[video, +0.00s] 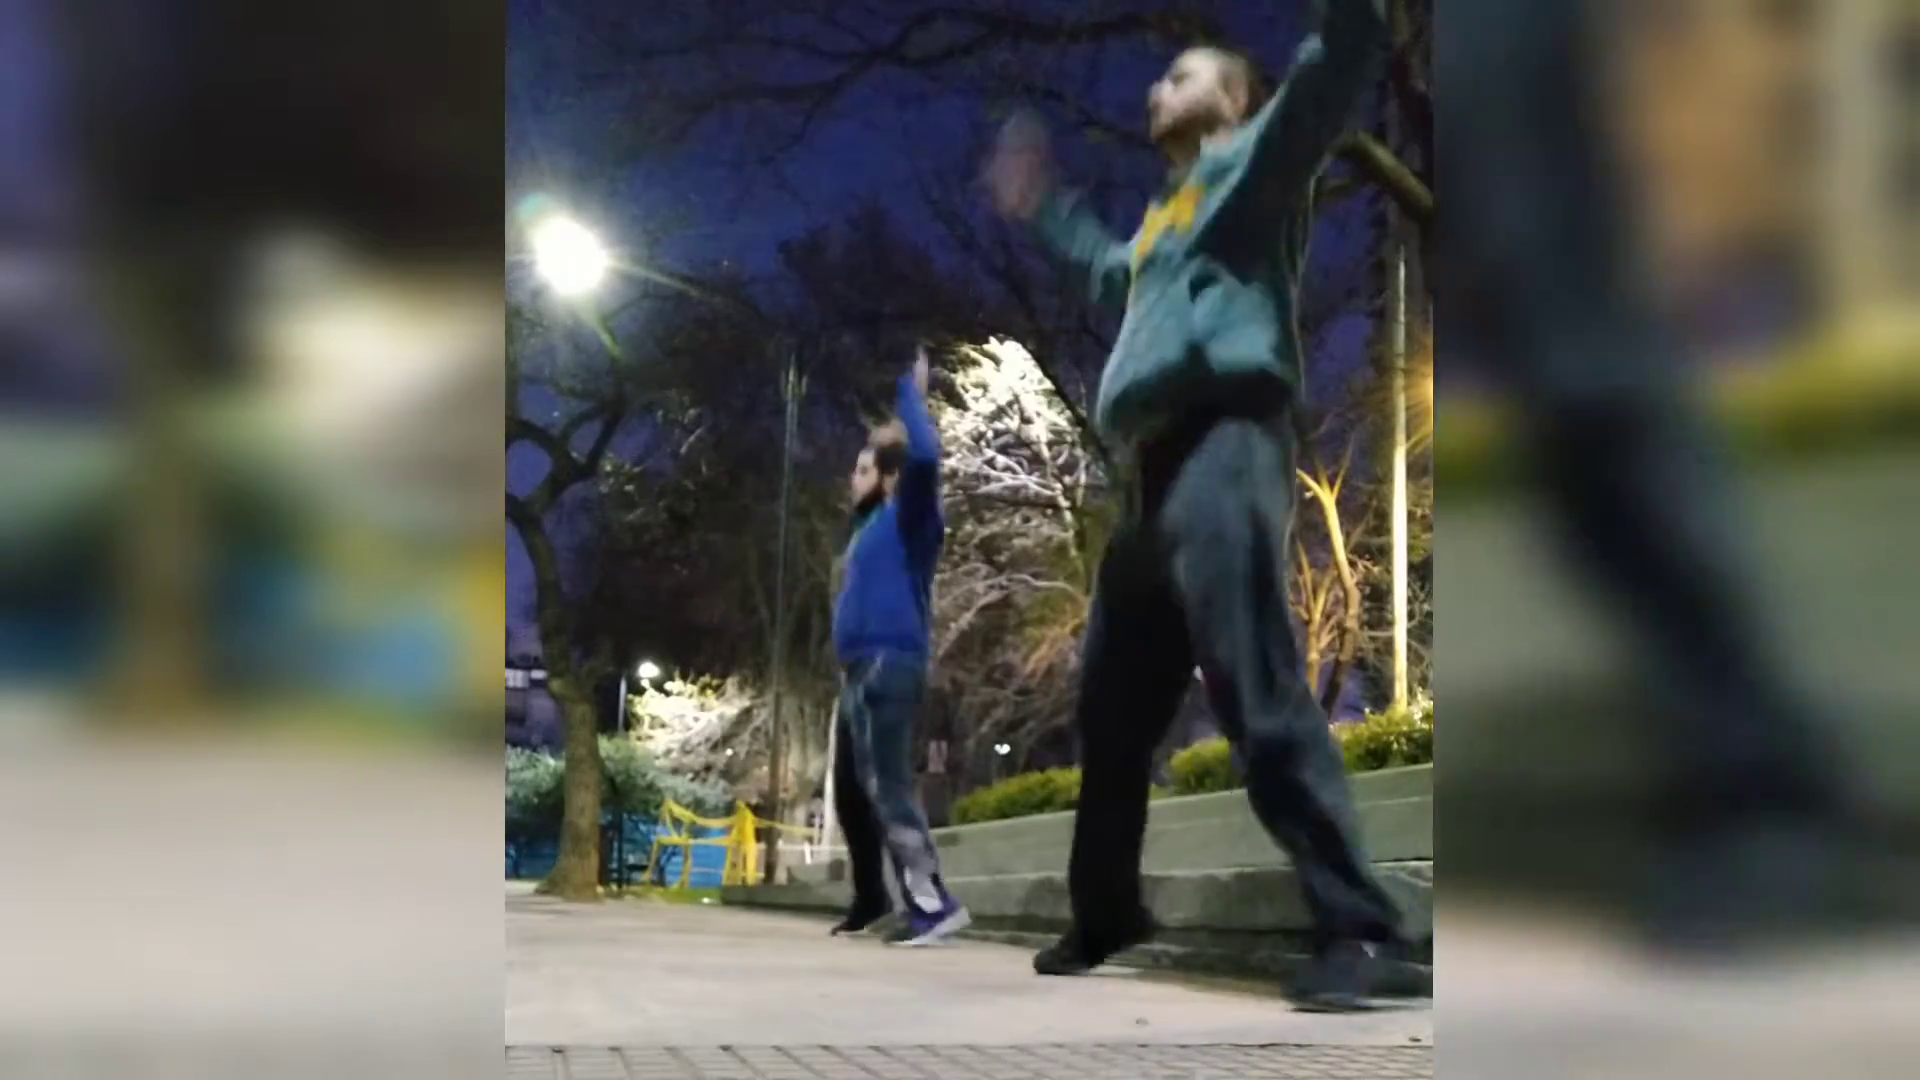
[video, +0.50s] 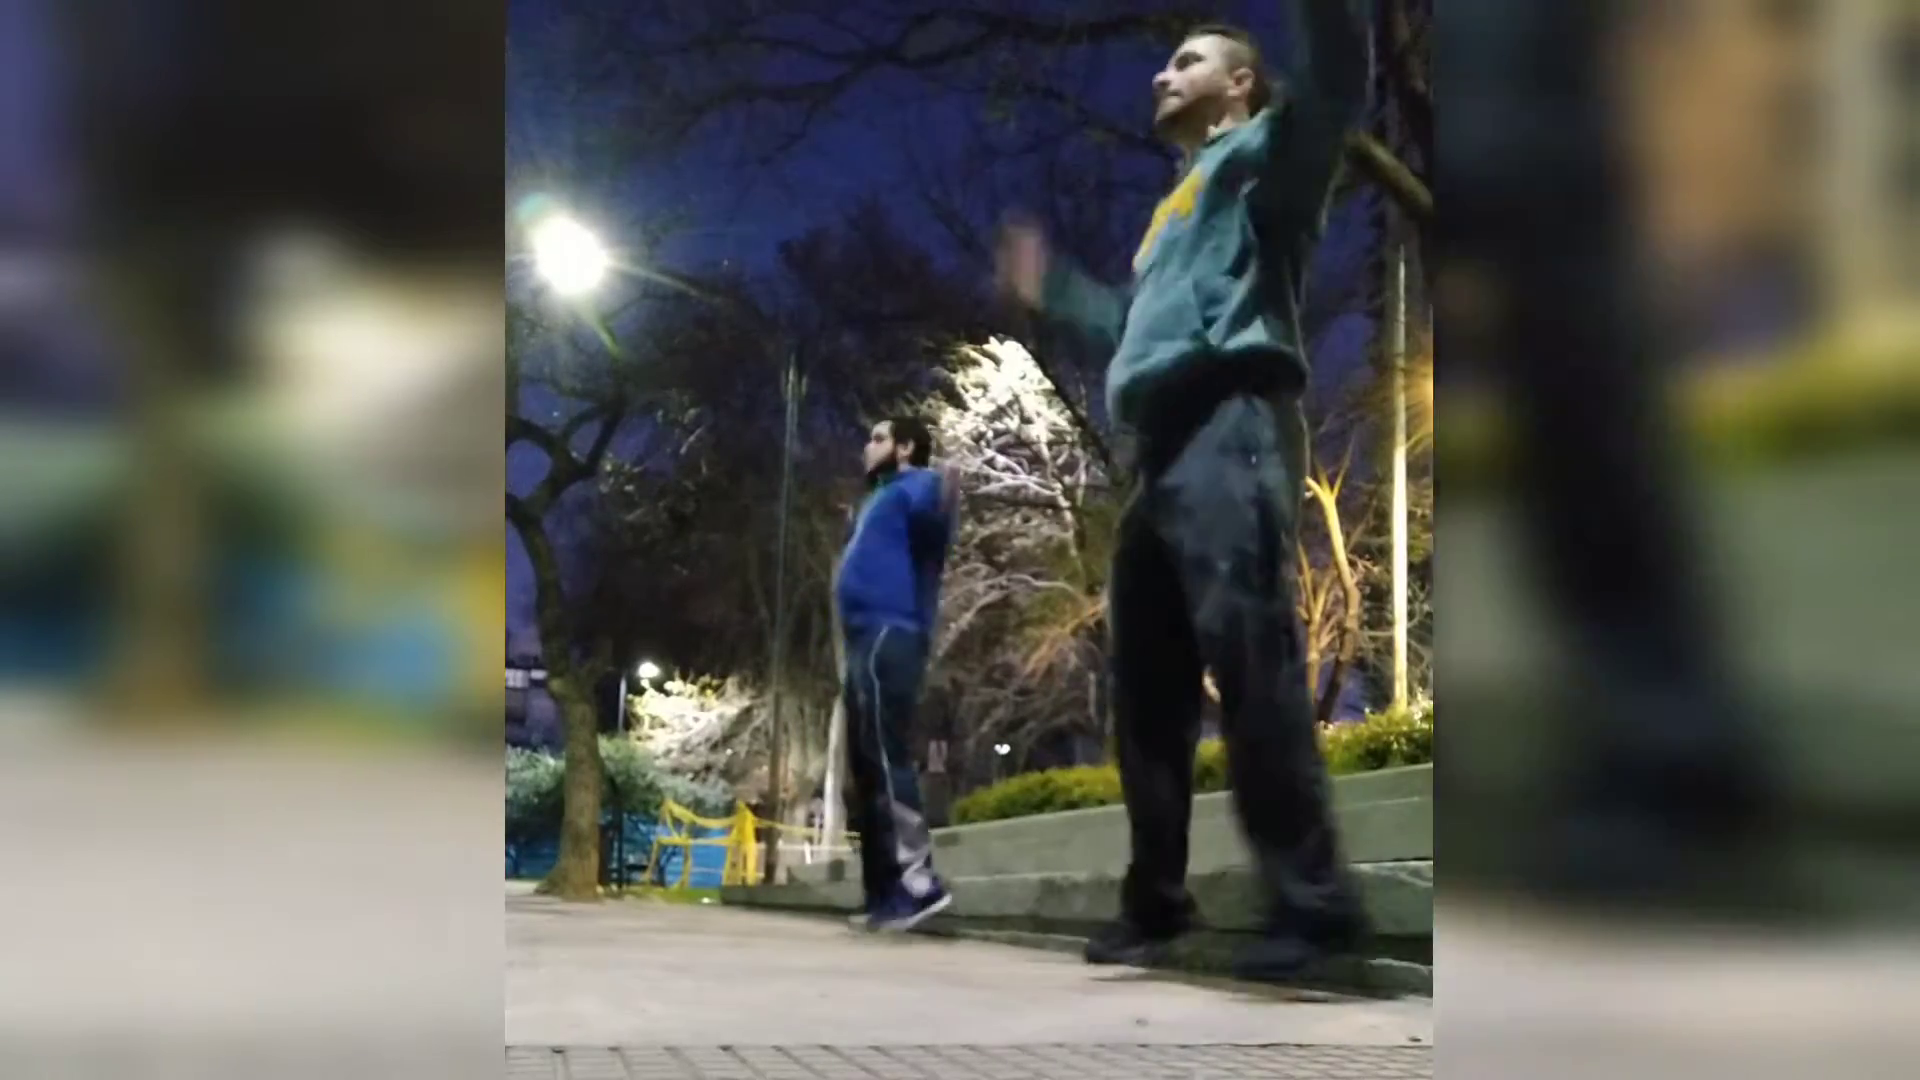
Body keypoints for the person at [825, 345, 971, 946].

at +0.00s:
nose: (852, 475)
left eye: (861, 467)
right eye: (855, 467)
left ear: (886, 474)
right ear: (872, 477)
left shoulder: (908, 517)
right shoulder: (866, 527)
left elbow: (924, 458)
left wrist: (913, 395)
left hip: (892, 656)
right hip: (857, 659)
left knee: (888, 786)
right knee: (854, 790)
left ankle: (932, 904)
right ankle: (879, 897)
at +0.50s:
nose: (867, 447)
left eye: (877, 438)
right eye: (869, 438)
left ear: (905, 449)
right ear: (893, 451)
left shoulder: (915, 484)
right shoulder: (878, 499)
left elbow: (925, 506)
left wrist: (940, 485)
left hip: (892, 626)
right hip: (863, 630)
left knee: (883, 755)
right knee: (865, 764)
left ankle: (918, 882)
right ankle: (882, 893)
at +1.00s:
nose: (863, 453)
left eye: (873, 445)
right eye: (865, 445)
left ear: (901, 451)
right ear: (888, 454)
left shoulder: (919, 488)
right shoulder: (880, 496)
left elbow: (953, 479)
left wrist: (943, 430)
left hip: (895, 629)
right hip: (863, 630)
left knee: (887, 753)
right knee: (860, 761)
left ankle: (922, 881)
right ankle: (880, 886)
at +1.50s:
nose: (869, 452)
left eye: (879, 443)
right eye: (870, 444)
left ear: (906, 452)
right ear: (891, 457)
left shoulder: (920, 497)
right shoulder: (882, 504)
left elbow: (933, 442)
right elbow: (862, 482)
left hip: (895, 633)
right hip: (861, 634)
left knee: (892, 752)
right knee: (863, 763)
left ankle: (925, 878)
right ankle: (875, 883)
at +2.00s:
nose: (863, 469)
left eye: (872, 460)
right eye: (865, 460)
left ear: (899, 465)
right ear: (894, 466)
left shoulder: (918, 503)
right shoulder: (881, 511)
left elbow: (935, 574)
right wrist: (858, 653)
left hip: (897, 657)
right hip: (867, 657)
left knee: (869, 775)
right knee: (855, 778)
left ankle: (904, 901)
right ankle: (886, 904)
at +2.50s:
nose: (874, 477)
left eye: (882, 469)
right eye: (875, 468)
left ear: (907, 474)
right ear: (890, 476)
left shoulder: (932, 517)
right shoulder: (882, 527)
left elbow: (940, 451)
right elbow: (871, 501)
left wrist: (928, 395)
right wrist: (885, 471)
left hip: (912, 661)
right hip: (871, 665)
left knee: (903, 782)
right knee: (864, 791)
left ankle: (955, 904)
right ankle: (883, 902)